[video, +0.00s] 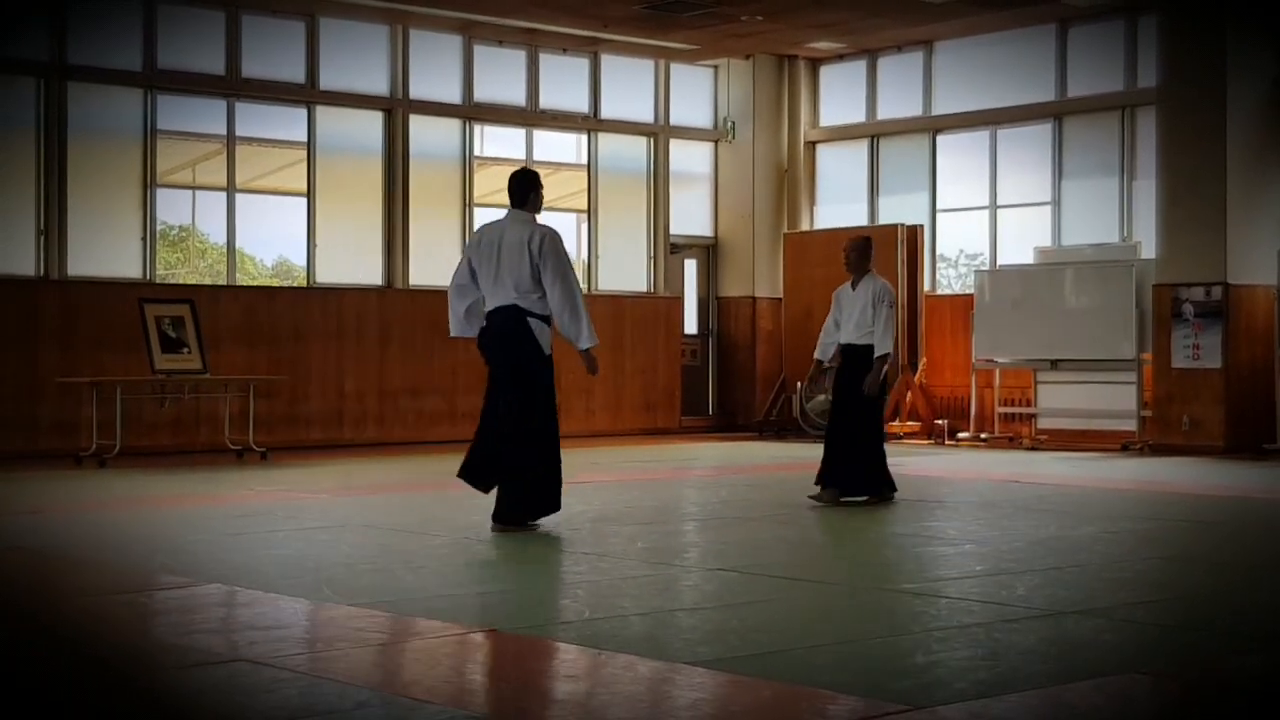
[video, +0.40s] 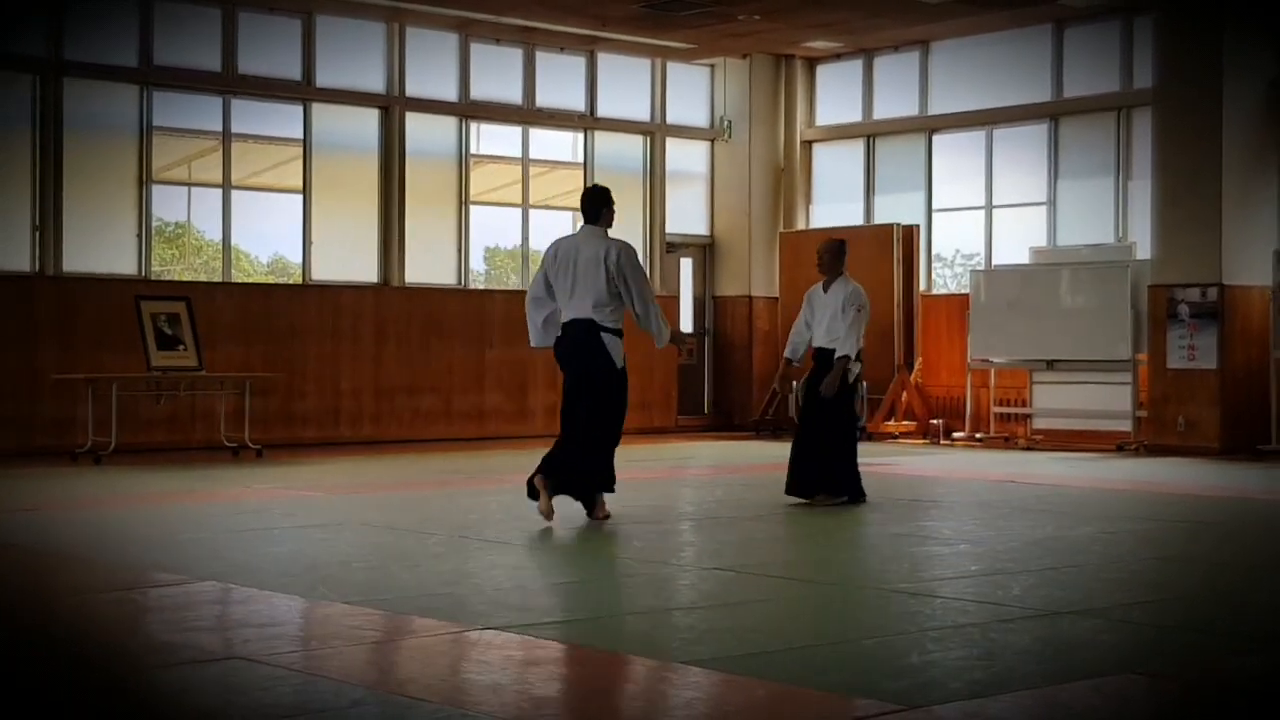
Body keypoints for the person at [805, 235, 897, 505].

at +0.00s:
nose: (845, 258)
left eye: (850, 253)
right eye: (844, 253)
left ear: (866, 256)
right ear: (847, 257)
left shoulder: (881, 289)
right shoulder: (841, 293)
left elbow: (885, 333)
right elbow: (830, 330)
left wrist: (878, 370)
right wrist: (816, 366)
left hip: (871, 359)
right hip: (846, 359)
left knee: (867, 424)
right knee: (840, 422)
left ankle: (881, 486)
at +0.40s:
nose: (818, 261)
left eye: (823, 256)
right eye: (818, 256)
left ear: (839, 259)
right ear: (820, 260)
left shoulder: (854, 293)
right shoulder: (813, 293)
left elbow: (853, 336)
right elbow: (801, 330)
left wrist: (837, 372)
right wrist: (785, 365)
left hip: (844, 362)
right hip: (820, 361)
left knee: (837, 426)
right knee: (812, 424)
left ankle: (844, 489)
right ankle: (818, 488)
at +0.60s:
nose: (794, 274)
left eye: (799, 270)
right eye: (794, 269)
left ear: (815, 272)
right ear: (803, 273)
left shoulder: (830, 304)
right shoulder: (797, 305)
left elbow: (825, 348)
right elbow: (789, 339)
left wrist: (805, 385)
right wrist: (772, 371)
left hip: (828, 379)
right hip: (806, 376)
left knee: (826, 437)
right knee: (787, 434)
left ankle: (835, 494)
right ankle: (800, 493)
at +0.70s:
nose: (770, 282)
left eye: (774, 277)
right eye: (770, 277)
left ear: (790, 278)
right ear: (785, 278)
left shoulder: (805, 305)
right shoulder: (783, 309)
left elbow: (799, 349)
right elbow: (776, 344)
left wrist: (777, 385)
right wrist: (765, 375)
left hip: (813, 376)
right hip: (793, 375)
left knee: (811, 433)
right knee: (785, 430)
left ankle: (827, 493)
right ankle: (795, 489)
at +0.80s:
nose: (744, 297)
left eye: (747, 290)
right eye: (743, 291)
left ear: (760, 289)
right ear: (766, 288)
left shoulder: (776, 314)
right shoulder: (776, 312)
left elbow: (768, 357)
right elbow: (767, 357)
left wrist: (750, 389)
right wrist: (751, 388)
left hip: (791, 384)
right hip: (794, 382)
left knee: (767, 436)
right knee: (787, 439)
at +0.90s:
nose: (719, 315)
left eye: (719, 308)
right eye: (717, 309)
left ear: (726, 305)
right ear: (738, 300)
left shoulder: (744, 322)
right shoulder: (752, 318)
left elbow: (740, 368)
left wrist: (728, 397)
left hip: (771, 385)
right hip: (781, 382)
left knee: (763, 442)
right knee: (772, 441)